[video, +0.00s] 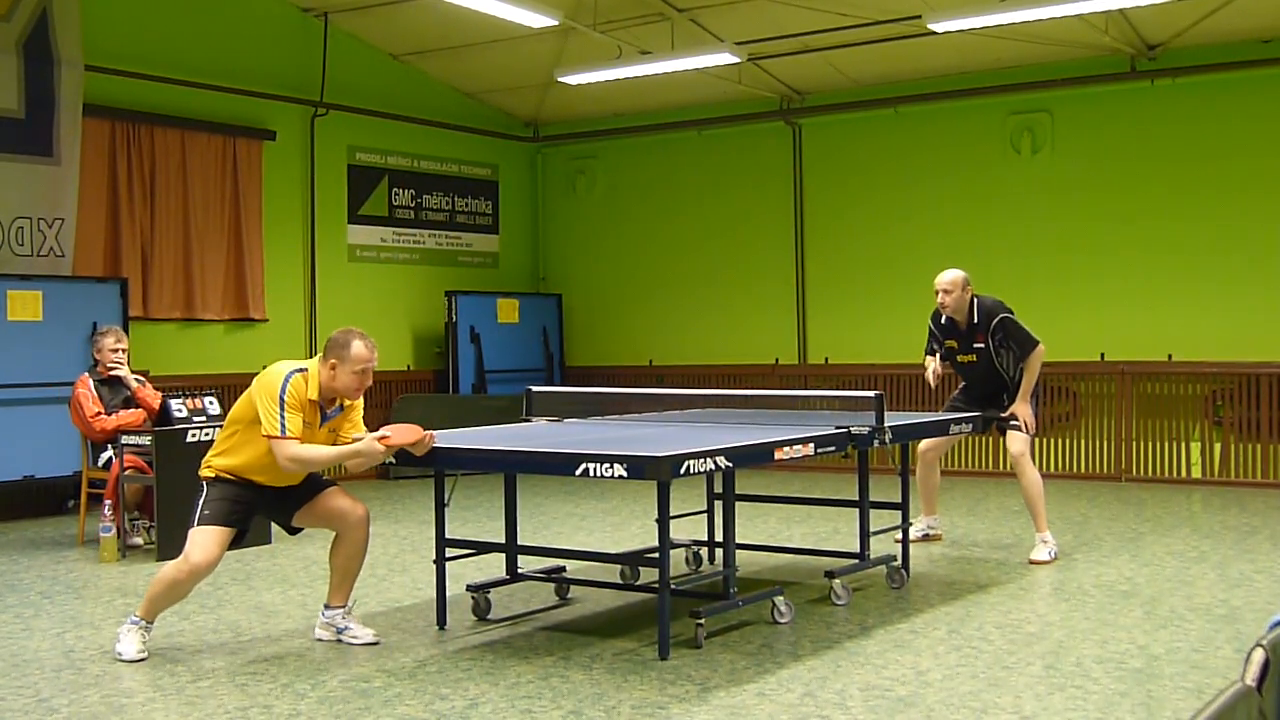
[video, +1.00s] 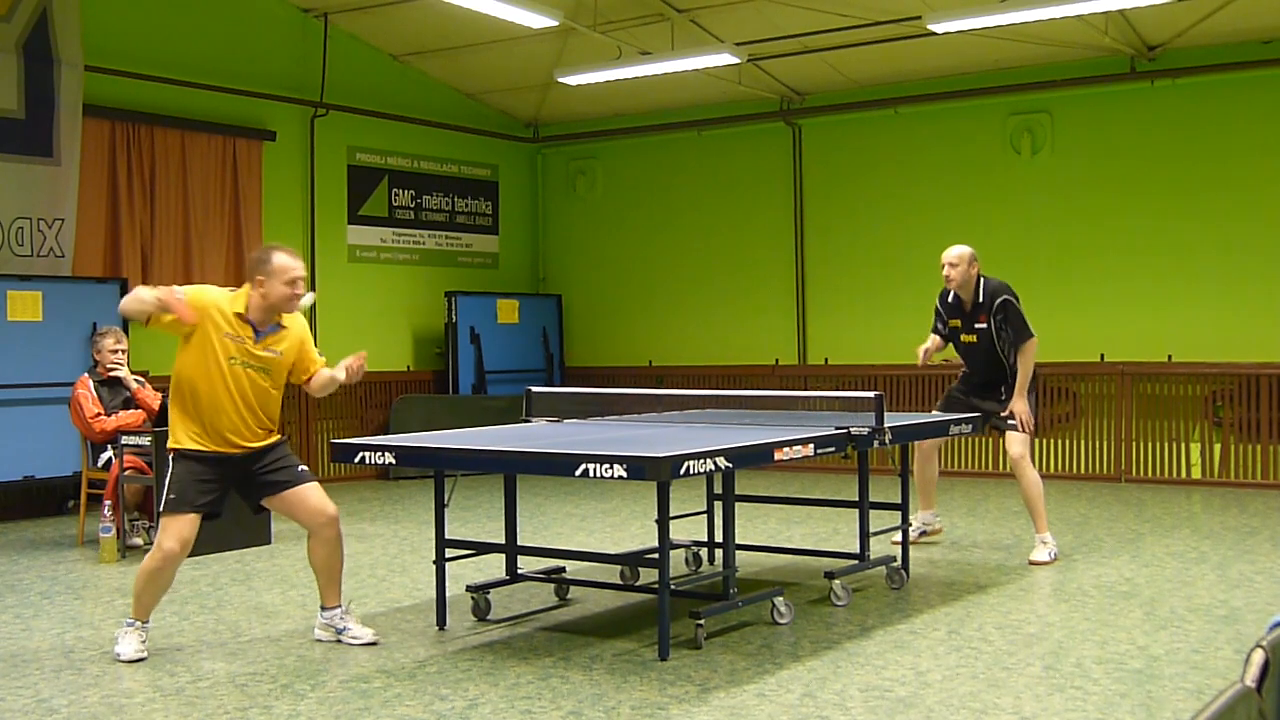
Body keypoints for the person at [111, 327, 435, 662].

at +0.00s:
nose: (368, 382)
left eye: (371, 373)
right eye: (362, 372)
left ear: (340, 368)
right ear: (330, 367)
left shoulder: (350, 396)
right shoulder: (283, 382)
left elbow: (349, 464)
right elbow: (288, 458)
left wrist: (391, 446)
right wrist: (361, 449)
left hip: (286, 480)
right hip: (232, 478)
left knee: (356, 515)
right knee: (199, 561)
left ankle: (335, 616)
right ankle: (139, 624)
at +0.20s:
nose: (366, 380)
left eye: (369, 371)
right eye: (359, 371)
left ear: (341, 368)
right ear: (327, 367)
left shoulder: (349, 395)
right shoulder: (280, 383)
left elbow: (348, 464)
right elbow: (288, 458)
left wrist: (391, 447)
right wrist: (359, 449)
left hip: (286, 481)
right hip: (232, 479)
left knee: (356, 516)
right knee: (200, 562)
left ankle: (335, 616)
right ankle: (139, 624)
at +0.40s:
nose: (352, 372)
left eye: (355, 363)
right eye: (345, 363)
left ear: (355, 359)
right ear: (315, 358)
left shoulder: (339, 387)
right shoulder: (269, 376)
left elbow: (349, 446)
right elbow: (285, 452)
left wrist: (396, 445)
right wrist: (350, 444)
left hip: (286, 477)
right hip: (229, 478)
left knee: (355, 516)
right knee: (198, 562)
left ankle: (335, 616)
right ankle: (140, 622)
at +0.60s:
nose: (323, 349)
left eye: (325, 342)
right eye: (317, 342)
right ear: (285, 336)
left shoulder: (315, 360)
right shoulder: (240, 353)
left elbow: (341, 415)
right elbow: (267, 409)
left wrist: (386, 407)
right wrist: (332, 389)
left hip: (278, 468)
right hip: (218, 472)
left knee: (347, 517)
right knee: (190, 559)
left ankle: (334, 616)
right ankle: (140, 624)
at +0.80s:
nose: (295, 303)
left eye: (297, 295)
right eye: (287, 295)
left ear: (297, 294)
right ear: (255, 295)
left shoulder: (293, 329)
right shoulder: (213, 317)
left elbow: (323, 380)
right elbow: (182, 357)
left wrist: (349, 349)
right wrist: (244, 338)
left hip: (268, 452)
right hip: (203, 456)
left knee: (332, 517)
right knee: (177, 550)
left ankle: (334, 617)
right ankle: (137, 625)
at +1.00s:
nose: (301, 290)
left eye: (303, 282)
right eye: (292, 283)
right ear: (259, 284)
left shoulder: (295, 329)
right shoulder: (207, 303)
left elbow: (315, 385)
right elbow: (127, 306)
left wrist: (339, 374)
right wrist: (156, 299)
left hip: (262, 449)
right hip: (196, 450)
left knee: (325, 517)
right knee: (172, 547)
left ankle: (332, 616)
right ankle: (135, 626)